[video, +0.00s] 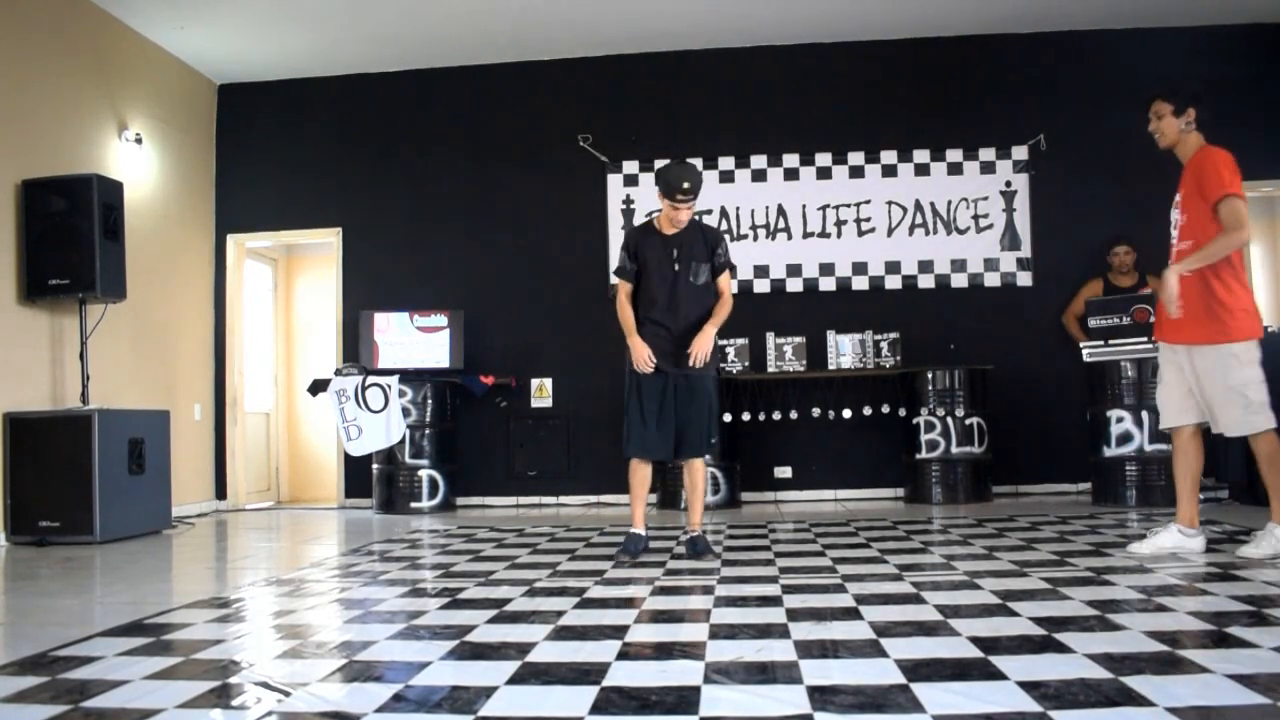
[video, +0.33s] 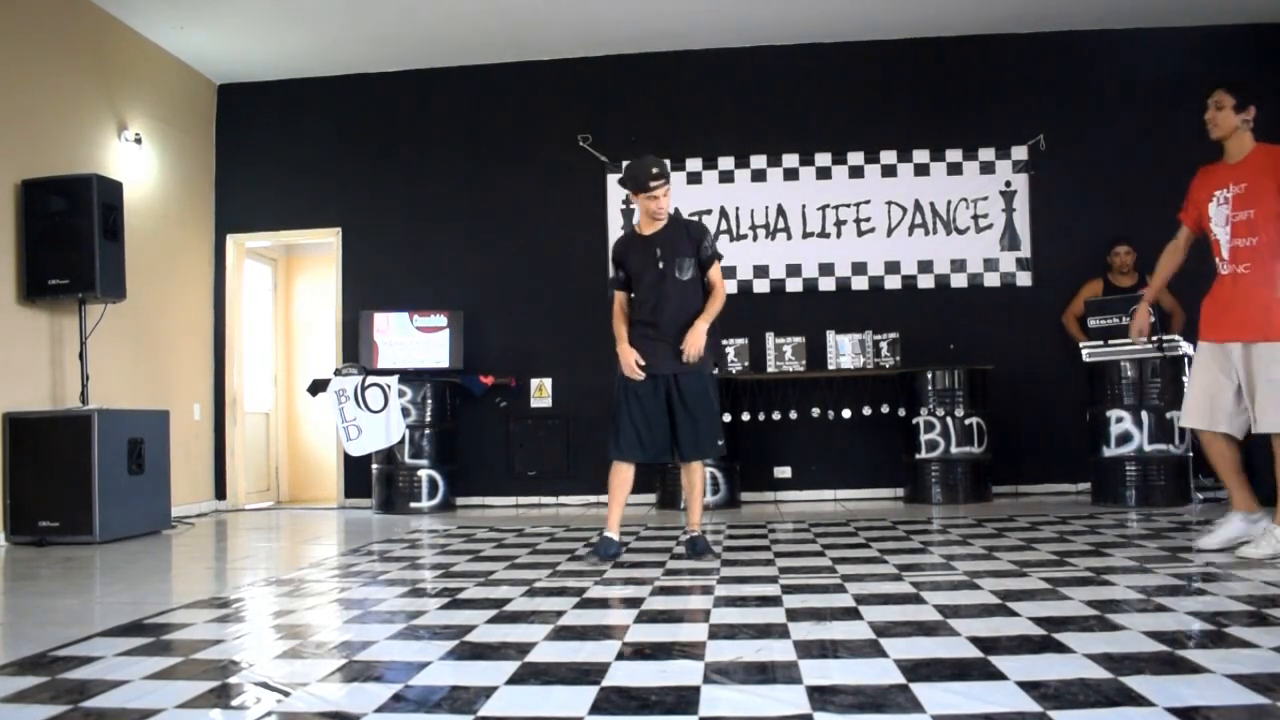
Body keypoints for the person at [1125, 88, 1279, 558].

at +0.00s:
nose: (1151, 127)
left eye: (1159, 118)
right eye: (1150, 120)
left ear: (1188, 118)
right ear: (1175, 123)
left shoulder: (1212, 161)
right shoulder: (1188, 173)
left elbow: (1238, 230)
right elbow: (1203, 244)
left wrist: (1177, 268)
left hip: (1223, 327)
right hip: (1181, 327)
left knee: (1257, 425)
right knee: (1182, 423)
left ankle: (1278, 523)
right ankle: (1186, 528)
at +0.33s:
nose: (1210, 117)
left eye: (1220, 108)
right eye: (1208, 110)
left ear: (1248, 115)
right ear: (1209, 120)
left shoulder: (1273, 162)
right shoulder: (1206, 179)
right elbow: (1180, 244)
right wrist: (1146, 300)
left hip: (1271, 319)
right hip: (1222, 319)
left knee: (1274, 426)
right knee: (1204, 417)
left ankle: (1275, 524)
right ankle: (1247, 511)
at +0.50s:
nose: (1233, 116)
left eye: (1244, 108)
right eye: (1232, 108)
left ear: (1270, 117)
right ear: (1231, 118)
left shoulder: (1276, 167)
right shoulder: (1219, 179)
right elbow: (1190, 243)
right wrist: (1145, 286)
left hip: (1274, 320)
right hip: (1233, 322)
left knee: (1271, 427)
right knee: (1240, 429)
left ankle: (1276, 525)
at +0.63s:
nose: (1248, 116)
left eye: (1259, 109)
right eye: (1246, 109)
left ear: (1279, 120)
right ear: (1241, 119)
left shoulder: (1279, 171)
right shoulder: (1226, 180)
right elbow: (1208, 245)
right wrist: (1174, 282)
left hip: (1277, 320)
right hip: (1242, 323)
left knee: (1273, 428)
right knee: (1261, 429)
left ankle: (1277, 525)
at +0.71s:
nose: (1254, 119)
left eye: (1264, 111)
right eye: (1252, 112)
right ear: (1249, 122)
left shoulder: (1272, 176)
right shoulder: (1232, 183)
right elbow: (1220, 244)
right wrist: (1204, 284)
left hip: (1275, 322)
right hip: (1251, 326)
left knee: (1272, 427)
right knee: (1266, 428)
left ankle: (1274, 524)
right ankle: (1272, 522)